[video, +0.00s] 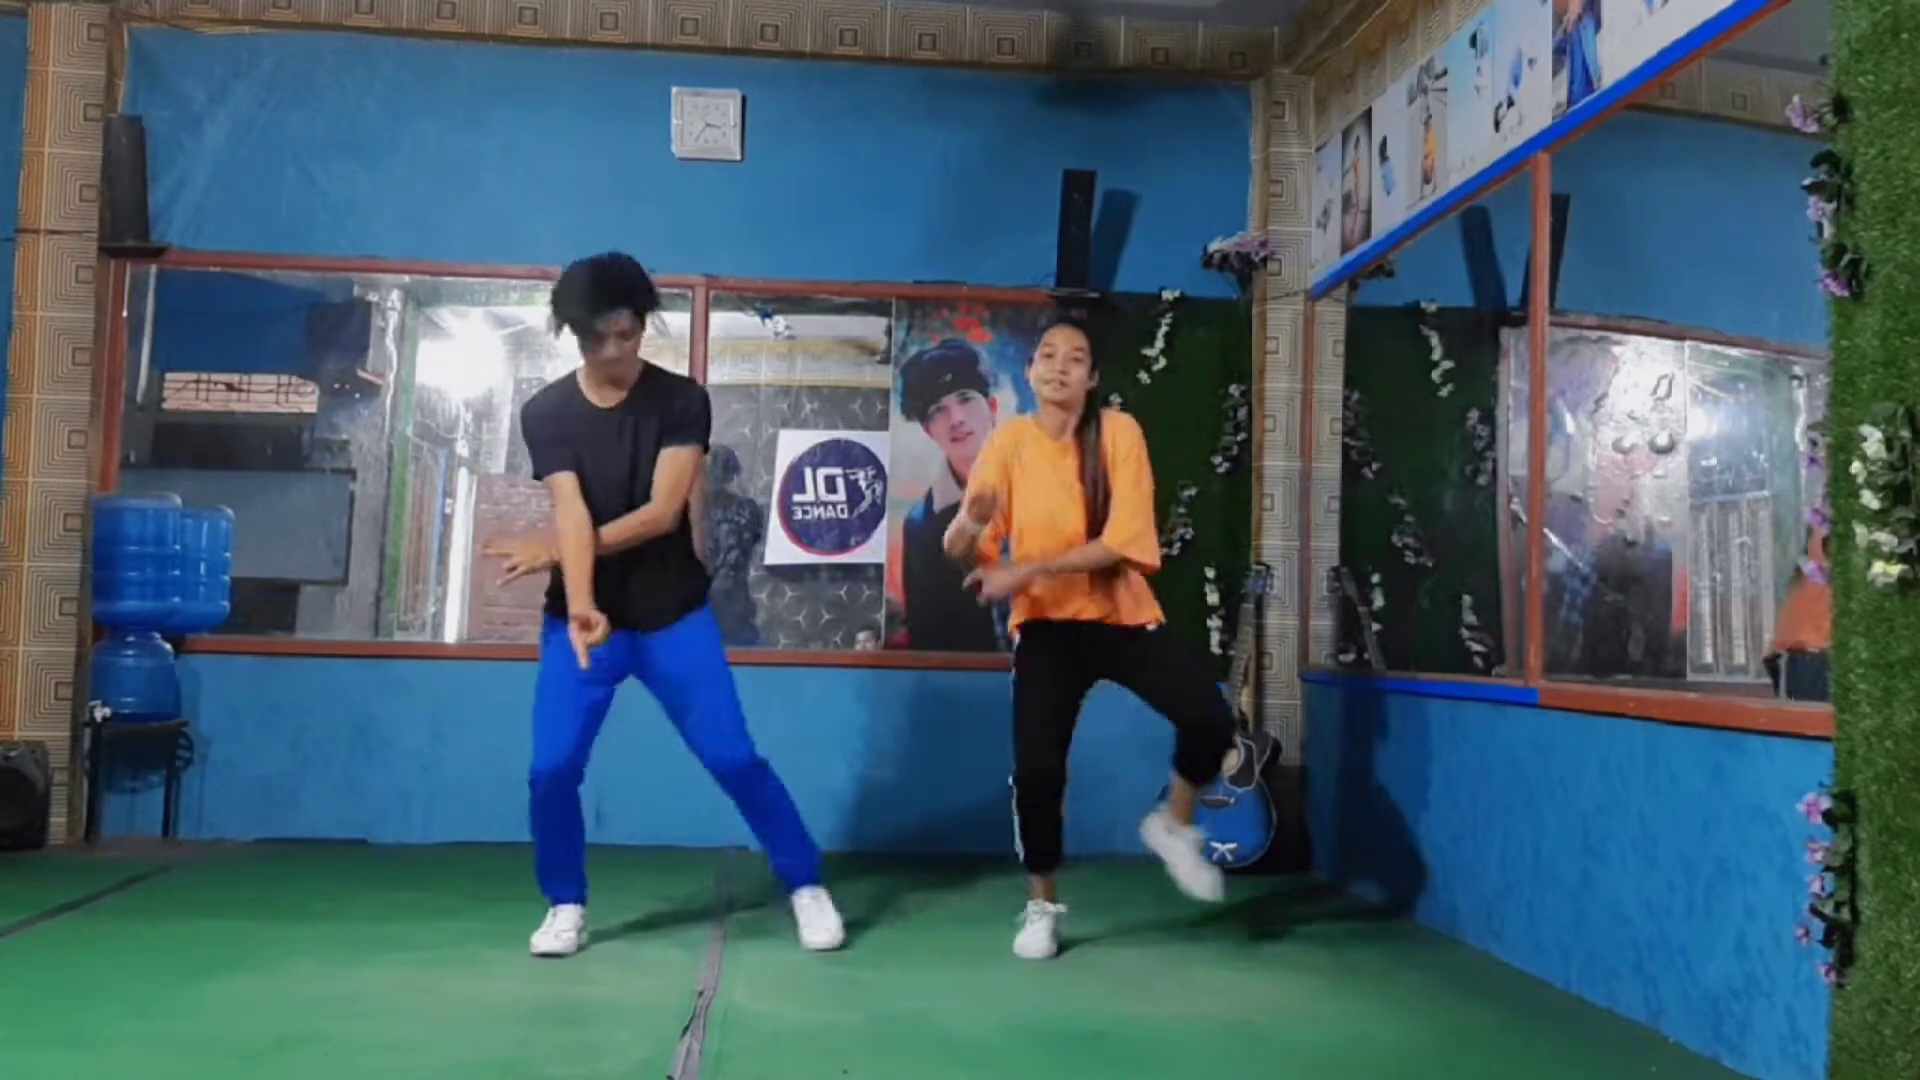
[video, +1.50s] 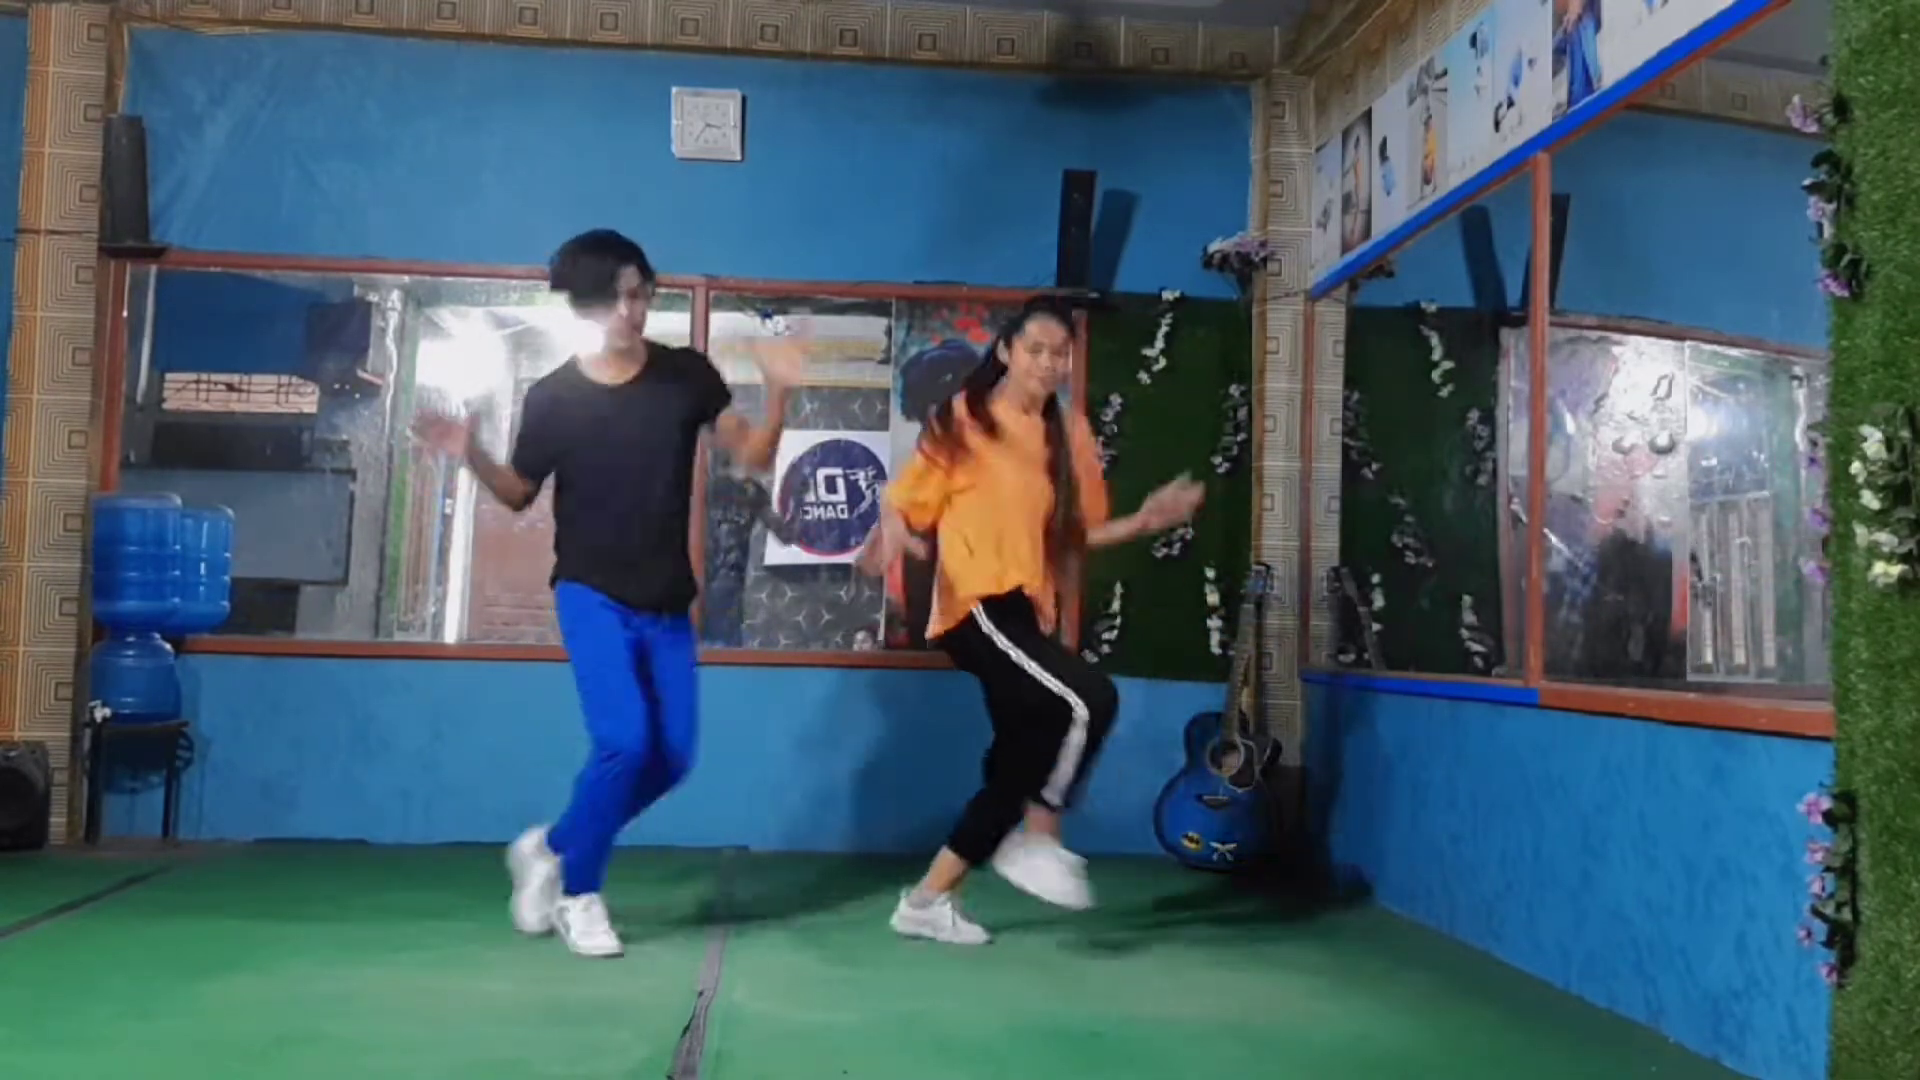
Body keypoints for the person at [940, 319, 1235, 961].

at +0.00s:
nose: (1060, 369)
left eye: (1074, 360)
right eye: (1049, 358)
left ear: (1093, 376)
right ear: (1030, 371)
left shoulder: (1118, 433)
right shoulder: (1009, 440)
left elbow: (1121, 544)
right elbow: (958, 551)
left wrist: (1025, 571)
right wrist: (967, 526)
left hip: (1126, 621)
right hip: (1049, 628)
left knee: (1210, 720)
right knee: (1036, 770)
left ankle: (1173, 823)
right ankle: (1042, 903)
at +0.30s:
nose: (1046, 378)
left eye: (1062, 369)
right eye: (1035, 364)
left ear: (1077, 382)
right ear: (1015, 371)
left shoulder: (1102, 444)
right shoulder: (986, 447)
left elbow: (1156, 540)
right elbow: (948, 553)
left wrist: (1212, 622)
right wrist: (944, 514)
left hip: (1122, 627)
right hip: (1041, 632)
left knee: (1205, 726)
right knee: (1024, 770)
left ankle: (1211, 821)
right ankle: (1041, 906)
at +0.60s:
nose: (1115, 349)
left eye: (1126, 335)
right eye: (1101, 336)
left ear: (1139, 343)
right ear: (1075, 343)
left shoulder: (1148, 424)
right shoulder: (1048, 398)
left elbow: (1141, 515)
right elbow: (998, 501)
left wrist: (1215, 509)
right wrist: (1023, 575)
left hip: (1085, 601)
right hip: (1010, 583)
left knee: (1072, 765)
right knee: (958, 741)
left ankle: (1046, 912)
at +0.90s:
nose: (1092, 335)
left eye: (1102, 323)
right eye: (1078, 322)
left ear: (1114, 332)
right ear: (1050, 331)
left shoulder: (1130, 405)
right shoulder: (1011, 385)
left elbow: (1148, 509)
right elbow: (922, 437)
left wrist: (1114, 586)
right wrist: (969, 496)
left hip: (1077, 573)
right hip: (1005, 560)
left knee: (1085, 750)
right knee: (1043, 680)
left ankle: (1045, 916)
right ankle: (1002, 826)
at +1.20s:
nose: (1091, 361)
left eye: (1095, 348)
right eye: (1079, 351)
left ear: (1093, 347)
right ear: (1041, 349)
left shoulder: (1055, 406)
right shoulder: (1019, 389)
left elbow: (1059, 508)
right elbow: (936, 447)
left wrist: (1137, 504)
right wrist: (985, 471)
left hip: (1034, 585)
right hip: (1002, 589)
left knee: (1106, 722)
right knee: (1088, 724)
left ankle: (994, 825)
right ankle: (1033, 880)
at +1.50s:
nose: (1051, 363)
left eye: (1061, 353)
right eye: (1039, 350)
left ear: (1070, 361)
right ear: (1008, 351)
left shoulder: (1063, 429)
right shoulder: (963, 421)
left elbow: (1082, 532)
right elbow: (900, 500)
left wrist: (1144, 520)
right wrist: (894, 531)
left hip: (1027, 605)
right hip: (974, 605)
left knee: (1021, 760)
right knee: (1087, 696)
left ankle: (928, 898)